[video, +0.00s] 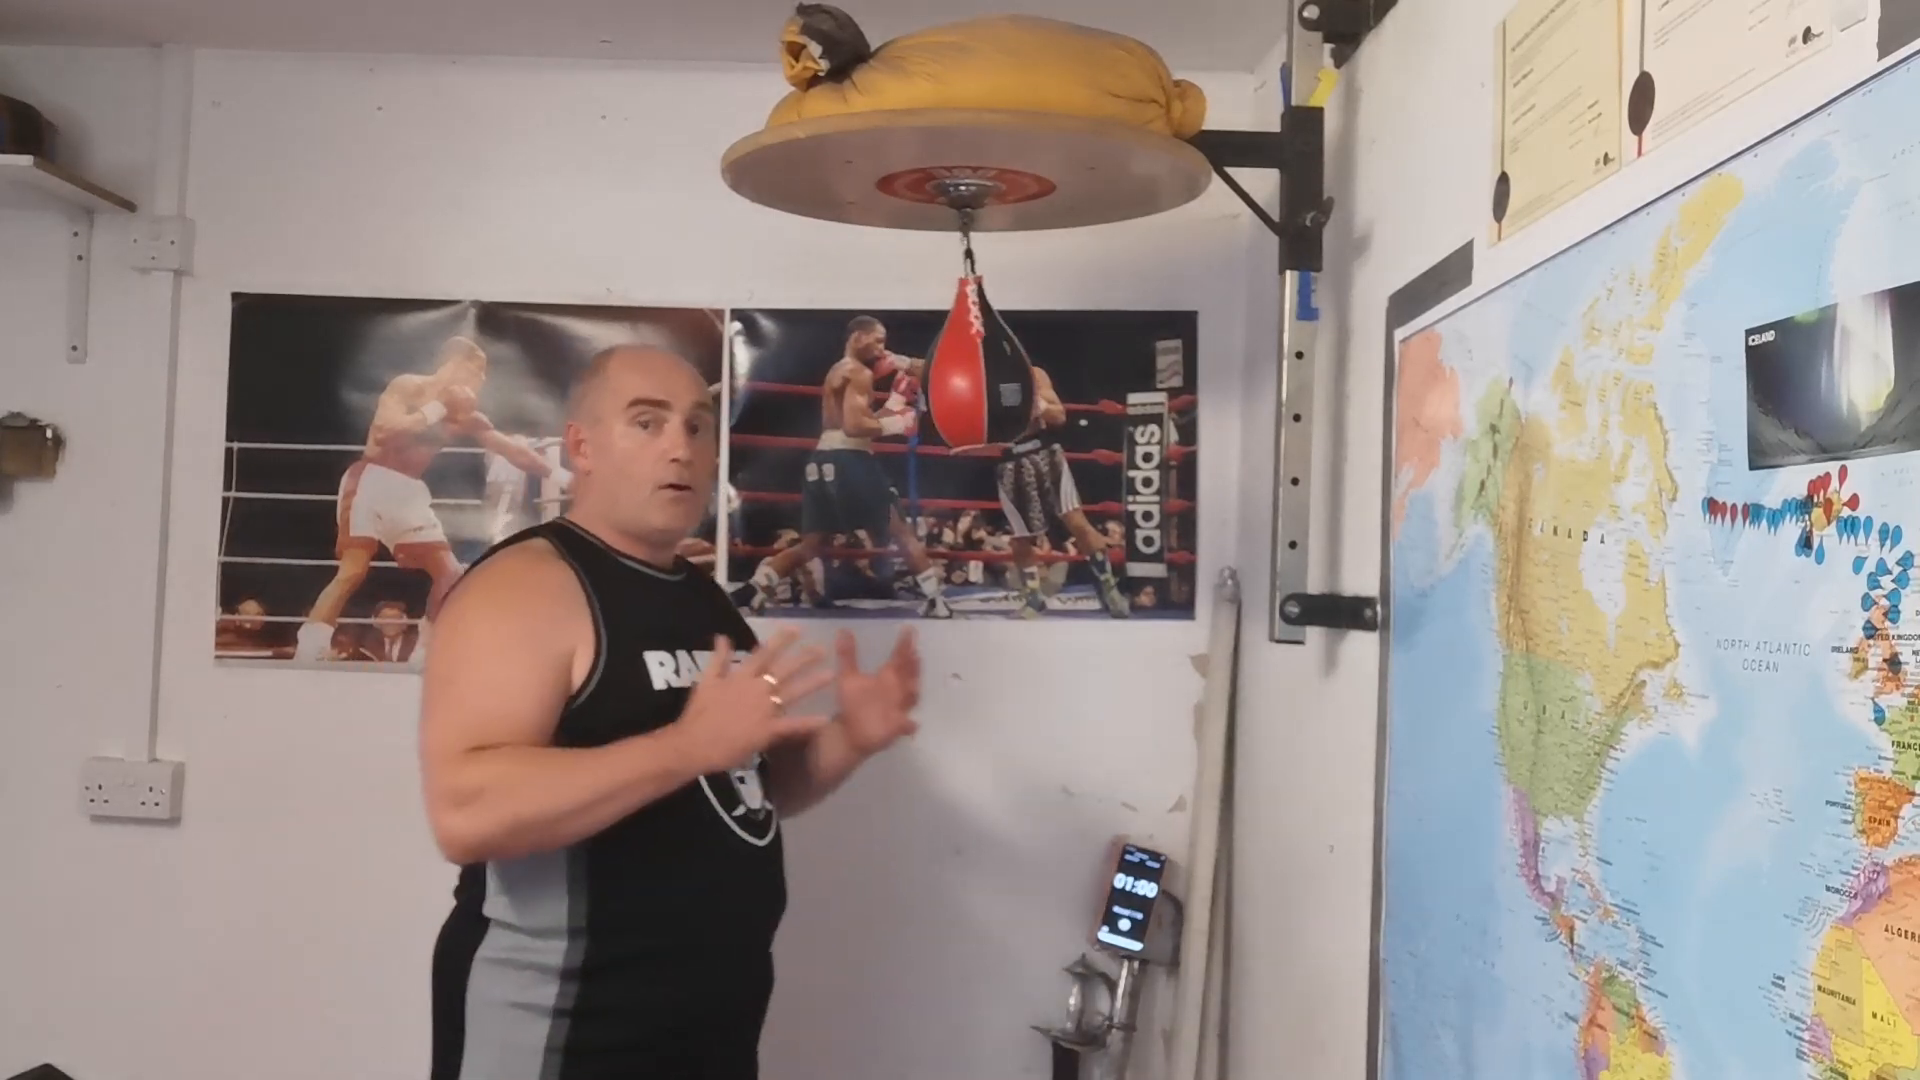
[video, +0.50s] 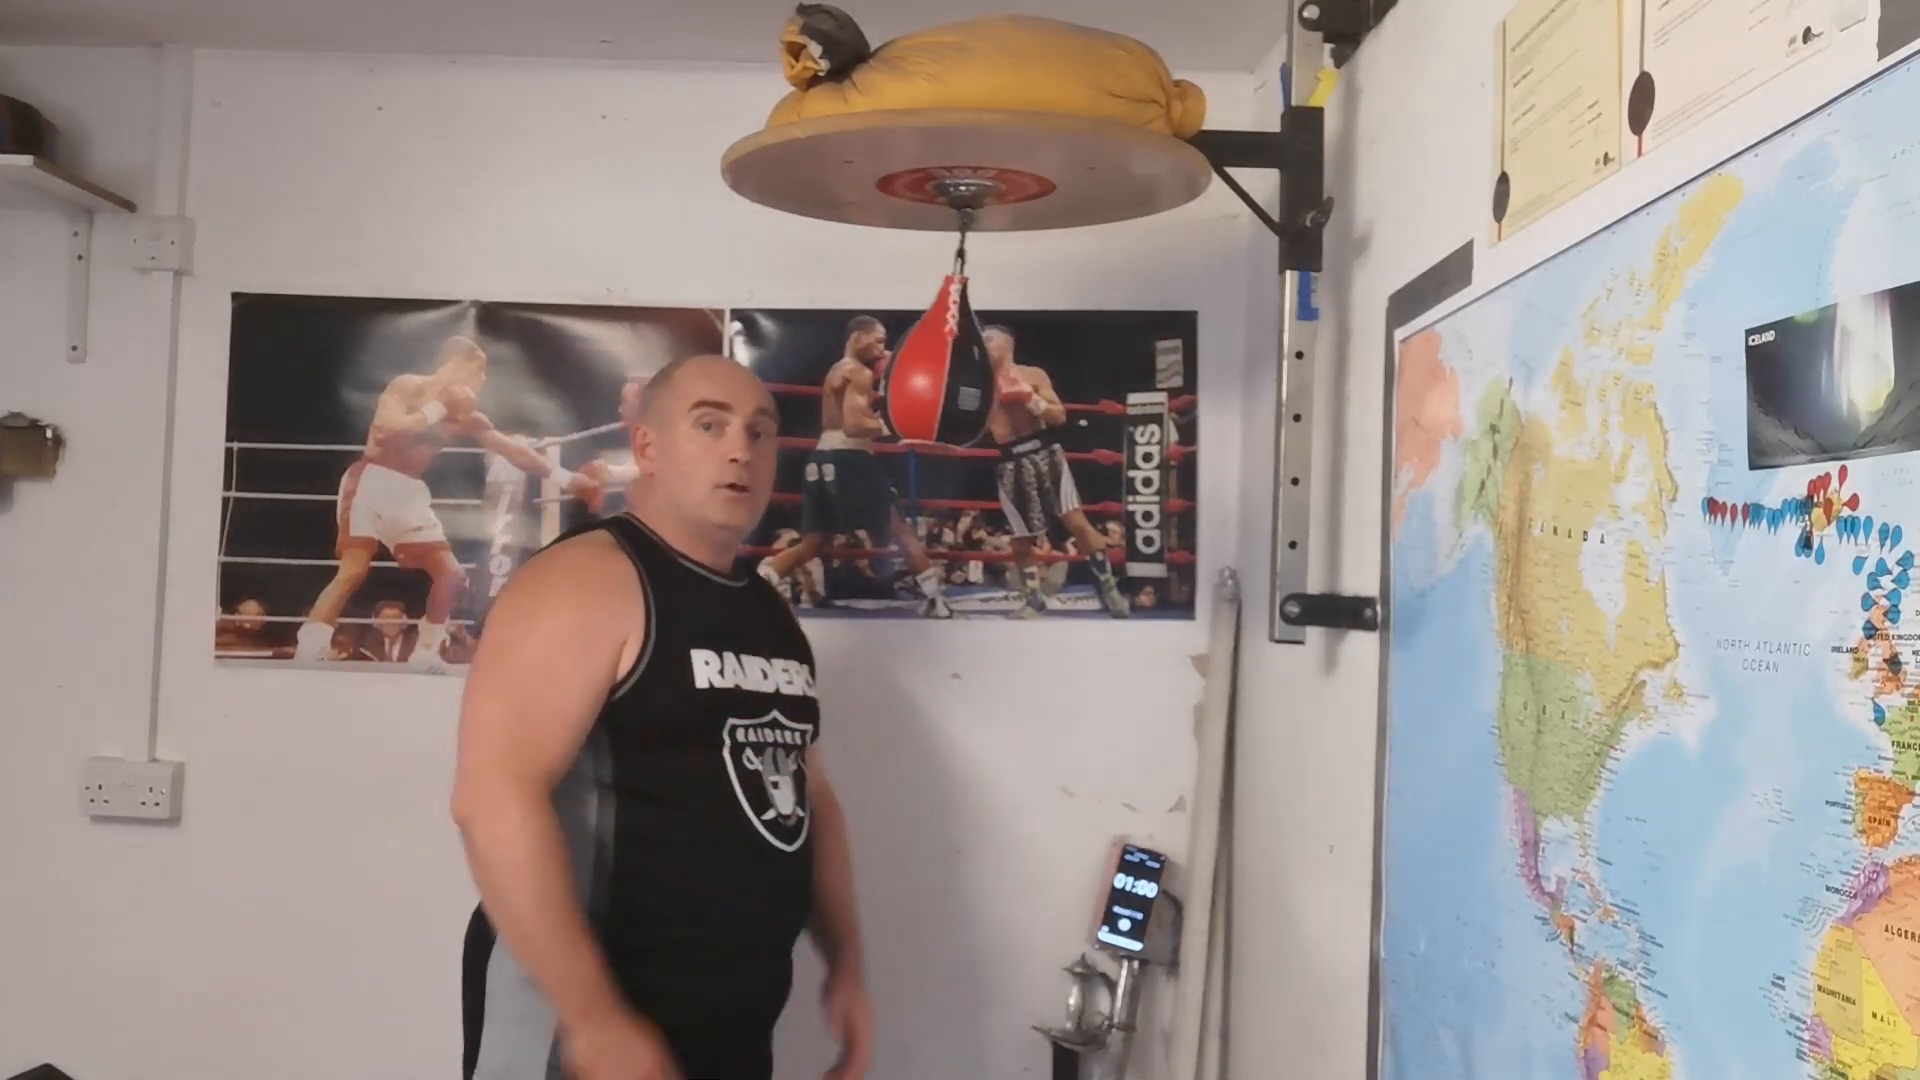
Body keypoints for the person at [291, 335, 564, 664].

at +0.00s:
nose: (472, 384)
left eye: (478, 378)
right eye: (469, 374)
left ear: (478, 380)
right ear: (450, 365)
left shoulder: (463, 410)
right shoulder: (406, 385)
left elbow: (506, 447)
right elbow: (383, 431)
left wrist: (555, 474)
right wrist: (434, 411)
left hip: (409, 493)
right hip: (369, 482)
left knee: (448, 573)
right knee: (353, 570)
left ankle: (424, 652)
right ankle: (307, 650)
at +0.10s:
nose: (474, 384)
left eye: (478, 377)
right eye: (469, 374)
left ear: (475, 380)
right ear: (449, 365)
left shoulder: (463, 411)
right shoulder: (404, 386)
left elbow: (507, 449)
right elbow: (383, 429)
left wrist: (561, 476)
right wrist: (429, 414)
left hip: (408, 493)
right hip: (370, 484)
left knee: (449, 574)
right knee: (352, 570)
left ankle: (426, 653)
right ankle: (307, 647)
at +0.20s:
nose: (474, 386)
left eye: (478, 380)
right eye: (472, 375)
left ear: (475, 383)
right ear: (451, 367)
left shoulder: (465, 415)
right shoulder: (405, 387)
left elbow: (512, 451)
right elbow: (384, 431)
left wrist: (564, 478)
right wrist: (435, 410)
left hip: (410, 492)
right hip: (371, 483)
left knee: (450, 573)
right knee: (352, 571)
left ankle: (425, 655)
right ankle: (306, 650)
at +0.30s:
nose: (473, 386)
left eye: (478, 380)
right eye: (471, 375)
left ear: (475, 383)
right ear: (451, 366)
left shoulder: (464, 415)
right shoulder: (406, 387)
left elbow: (511, 450)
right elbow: (385, 430)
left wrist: (564, 478)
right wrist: (435, 411)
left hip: (409, 492)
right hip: (370, 482)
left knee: (450, 574)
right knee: (352, 571)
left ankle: (424, 656)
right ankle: (306, 650)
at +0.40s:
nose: (474, 386)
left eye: (478, 380)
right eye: (471, 375)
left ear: (475, 384)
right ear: (450, 367)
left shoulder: (464, 415)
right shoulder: (406, 387)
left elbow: (512, 450)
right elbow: (385, 432)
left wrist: (566, 478)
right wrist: (437, 409)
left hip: (409, 491)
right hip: (370, 481)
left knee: (449, 572)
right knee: (352, 571)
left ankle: (425, 656)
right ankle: (306, 651)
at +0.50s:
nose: (475, 386)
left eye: (479, 380)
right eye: (472, 376)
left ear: (475, 384)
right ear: (451, 367)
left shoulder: (463, 415)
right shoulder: (406, 387)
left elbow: (511, 450)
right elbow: (384, 432)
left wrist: (566, 478)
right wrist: (437, 409)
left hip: (409, 492)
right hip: (370, 481)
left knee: (449, 573)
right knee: (353, 571)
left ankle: (424, 656)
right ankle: (306, 652)